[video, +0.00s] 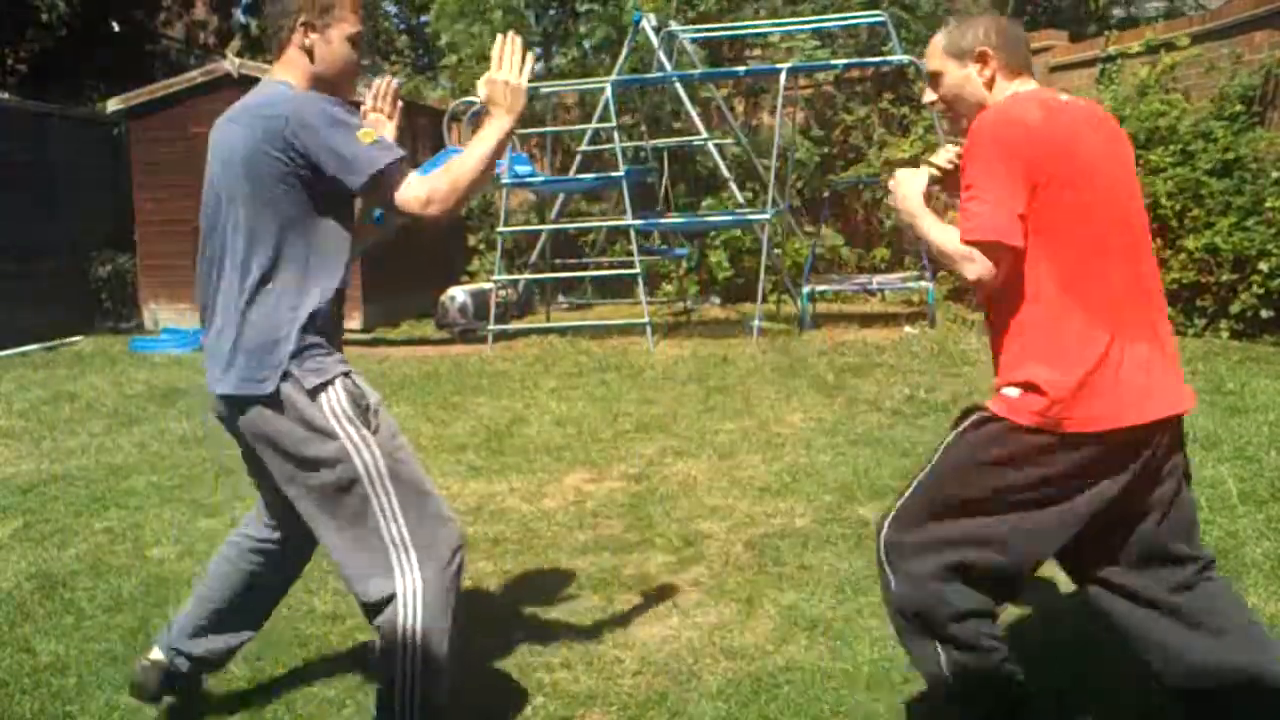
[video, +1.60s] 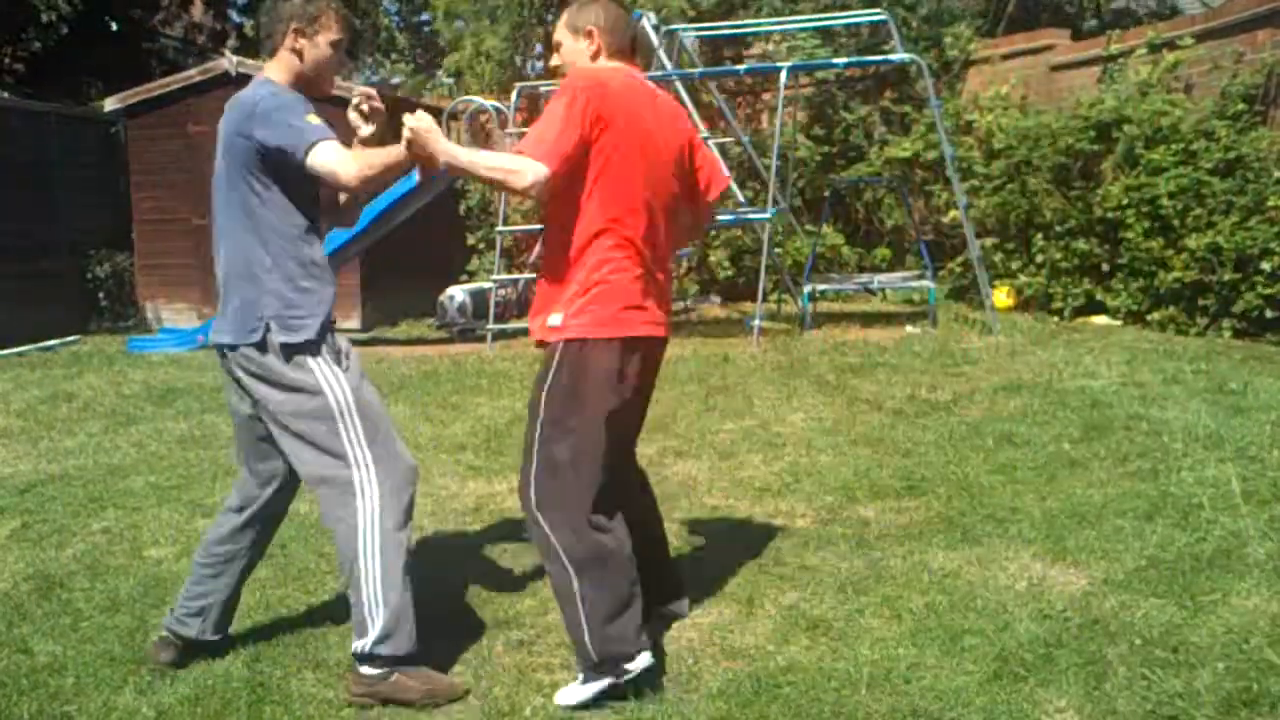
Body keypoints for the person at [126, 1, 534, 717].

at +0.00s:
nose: (362, 60)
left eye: (363, 43)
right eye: (355, 41)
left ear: (303, 37)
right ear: (307, 36)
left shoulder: (239, 120)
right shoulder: (300, 112)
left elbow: (326, 240)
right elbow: (427, 198)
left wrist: (364, 153)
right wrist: (501, 118)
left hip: (245, 374)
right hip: (298, 373)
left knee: (284, 522)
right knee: (424, 552)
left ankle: (175, 661)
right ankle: (414, 712)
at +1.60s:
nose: (345, 65)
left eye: (346, 51)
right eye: (339, 49)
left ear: (293, 42)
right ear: (298, 41)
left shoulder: (259, 107)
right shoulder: (270, 103)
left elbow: (335, 201)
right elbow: (349, 171)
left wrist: (372, 134)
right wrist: (414, 148)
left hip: (251, 333)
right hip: (289, 333)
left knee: (262, 484)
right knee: (377, 474)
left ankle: (188, 632)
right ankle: (383, 661)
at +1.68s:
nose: (341, 59)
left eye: (342, 45)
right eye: (334, 42)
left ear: (291, 37)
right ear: (292, 35)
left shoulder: (284, 111)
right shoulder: (250, 99)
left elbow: (366, 183)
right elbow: (294, 195)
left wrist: (387, 114)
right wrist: (389, 191)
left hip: (266, 327)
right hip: (281, 328)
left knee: (262, 476)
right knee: (365, 471)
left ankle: (185, 629)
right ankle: (355, 657)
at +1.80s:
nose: (341, 54)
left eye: (341, 41)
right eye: (332, 40)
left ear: (305, 42)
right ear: (288, 37)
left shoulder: (317, 105)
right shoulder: (242, 113)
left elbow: (403, 81)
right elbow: (214, 219)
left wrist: (485, 29)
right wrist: (312, 276)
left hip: (275, 334)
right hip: (282, 337)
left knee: (247, 488)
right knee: (370, 475)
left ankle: (175, 634)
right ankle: (350, 654)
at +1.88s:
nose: (342, 52)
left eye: (342, 40)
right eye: (334, 39)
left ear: (301, 39)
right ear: (292, 38)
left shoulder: (314, 95)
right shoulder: (255, 110)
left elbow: (394, 83)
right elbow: (217, 201)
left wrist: (461, 24)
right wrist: (319, 245)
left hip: (274, 329)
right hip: (303, 330)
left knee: (248, 483)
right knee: (378, 480)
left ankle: (177, 631)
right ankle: (353, 655)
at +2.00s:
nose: (340, 52)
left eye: (340, 39)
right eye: (334, 37)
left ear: (291, 33)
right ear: (295, 31)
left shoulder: (248, 97)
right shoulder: (276, 93)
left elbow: (372, 134)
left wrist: (444, 101)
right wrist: (362, 143)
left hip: (267, 319)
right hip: (319, 319)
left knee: (256, 475)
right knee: (379, 474)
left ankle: (191, 619)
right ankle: (358, 653)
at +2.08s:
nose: (341, 42)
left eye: (340, 30)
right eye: (334, 28)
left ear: (286, 27)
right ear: (296, 26)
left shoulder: (235, 101)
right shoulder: (305, 82)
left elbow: (330, 181)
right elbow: (413, 91)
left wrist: (423, 159)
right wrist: (431, 102)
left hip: (264, 310)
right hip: (319, 312)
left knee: (278, 453)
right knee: (376, 468)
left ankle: (206, 589)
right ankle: (358, 653)